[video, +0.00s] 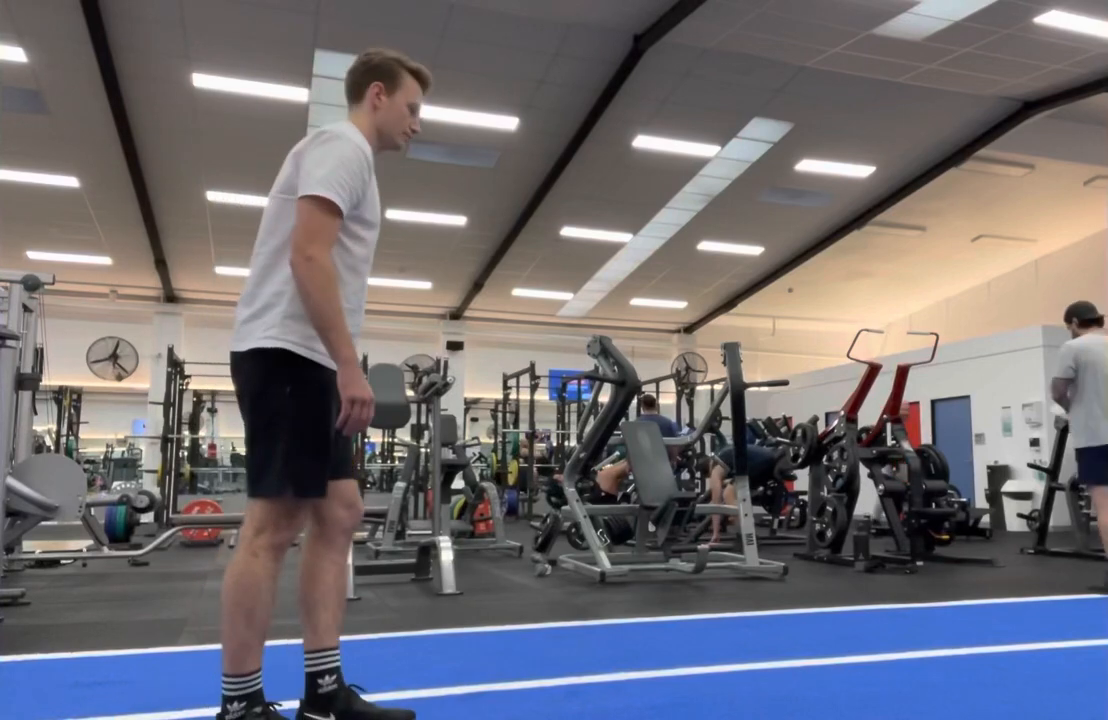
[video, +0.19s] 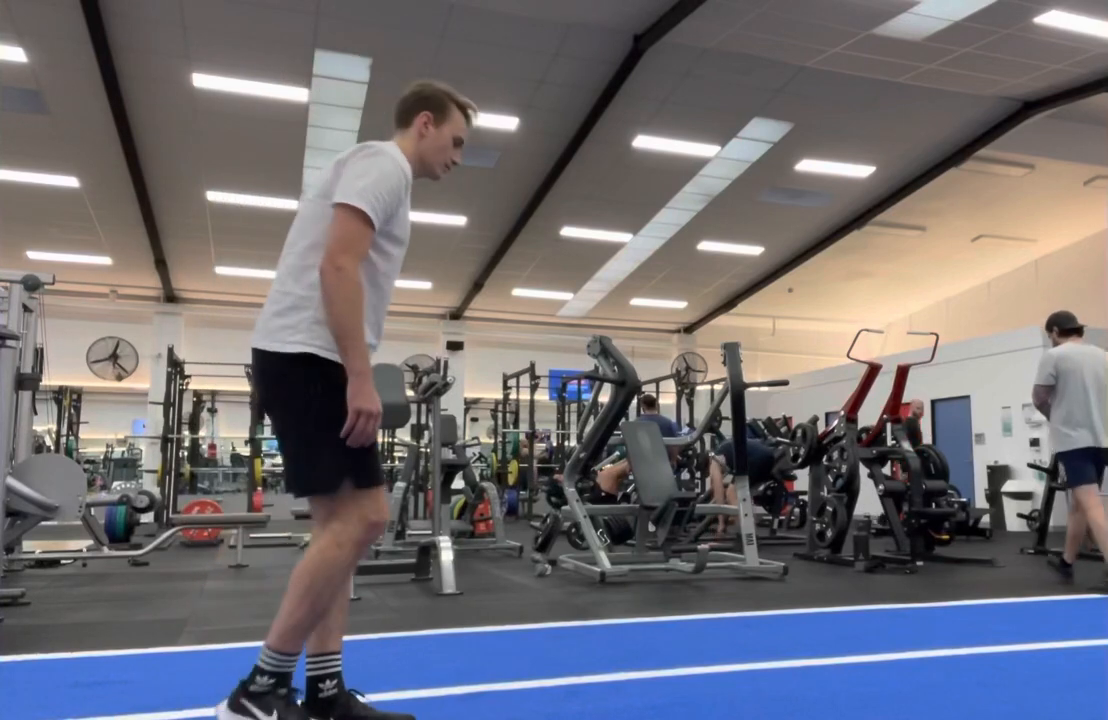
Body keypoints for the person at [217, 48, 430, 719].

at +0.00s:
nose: (418, 121)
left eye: (421, 110)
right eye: (413, 106)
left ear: (374, 99)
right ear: (376, 96)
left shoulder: (346, 155)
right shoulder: (341, 147)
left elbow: (305, 267)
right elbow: (309, 257)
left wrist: (340, 368)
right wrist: (350, 365)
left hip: (308, 358)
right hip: (286, 354)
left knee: (340, 513)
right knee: (271, 526)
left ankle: (324, 689)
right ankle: (240, 703)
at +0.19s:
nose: (458, 158)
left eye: (462, 146)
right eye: (456, 142)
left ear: (421, 127)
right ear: (424, 124)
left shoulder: (370, 168)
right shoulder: (382, 164)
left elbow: (327, 272)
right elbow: (338, 264)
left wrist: (353, 377)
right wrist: (361, 375)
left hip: (301, 356)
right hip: (309, 355)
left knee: (335, 520)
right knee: (365, 513)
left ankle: (324, 690)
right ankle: (263, 686)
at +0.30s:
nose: (483, 189)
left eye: (488, 179)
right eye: (482, 174)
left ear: (448, 155)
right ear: (453, 154)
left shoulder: (378, 179)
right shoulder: (408, 184)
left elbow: (328, 278)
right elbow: (354, 280)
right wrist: (360, 393)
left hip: (287, 355)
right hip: (315, 358)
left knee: (338, 521)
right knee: (391, 507)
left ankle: (320, 679)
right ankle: (318, 680)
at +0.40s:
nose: (504, 228)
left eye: (510, 220)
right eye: (504, 213)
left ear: (474, 196)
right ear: (477, 191)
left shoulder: (417, 212)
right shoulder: (431, 215)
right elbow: (371, 306)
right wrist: (359, 422)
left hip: (288, 354)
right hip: (310, 355)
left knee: (342, 524)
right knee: (385, 509)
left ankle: (325, 688)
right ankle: (392, 687)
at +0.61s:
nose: (532, 317)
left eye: (539, 308)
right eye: (536, 303)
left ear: (508, 281)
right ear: (513, 279)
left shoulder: (453, 286)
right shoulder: (460, 289)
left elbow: (385, 392)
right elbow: (396, 393)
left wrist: (369, 500)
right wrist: (368, 505)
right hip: (300, 361)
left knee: (351, 523)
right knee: (370, 527)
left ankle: (327, 692)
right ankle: (432, 691)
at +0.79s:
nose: (538, 392)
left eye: (548, 385)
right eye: (545, 379)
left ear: (523, 348)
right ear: (527, 350)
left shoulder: (469, 343)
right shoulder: (478, 349)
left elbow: (402, 467)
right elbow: (418, 468)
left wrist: (393, 574)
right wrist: (396, 585)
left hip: (290, 354)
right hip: (301, 360)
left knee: (350, 532)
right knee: (363, 535)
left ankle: (327, 693)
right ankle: (429, 693)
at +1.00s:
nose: (541, 421)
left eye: (551, 415)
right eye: (549, 408)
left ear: (531, 375)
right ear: (534, 379)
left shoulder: (467, 372)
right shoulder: (490, 369)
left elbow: (433, 504)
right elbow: (457, 507)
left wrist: (429, 613)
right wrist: (464, 630)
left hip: (298, 354)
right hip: (310, 358)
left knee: (356, 529)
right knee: (369, 530)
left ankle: (327, 692)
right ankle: (434, 695)